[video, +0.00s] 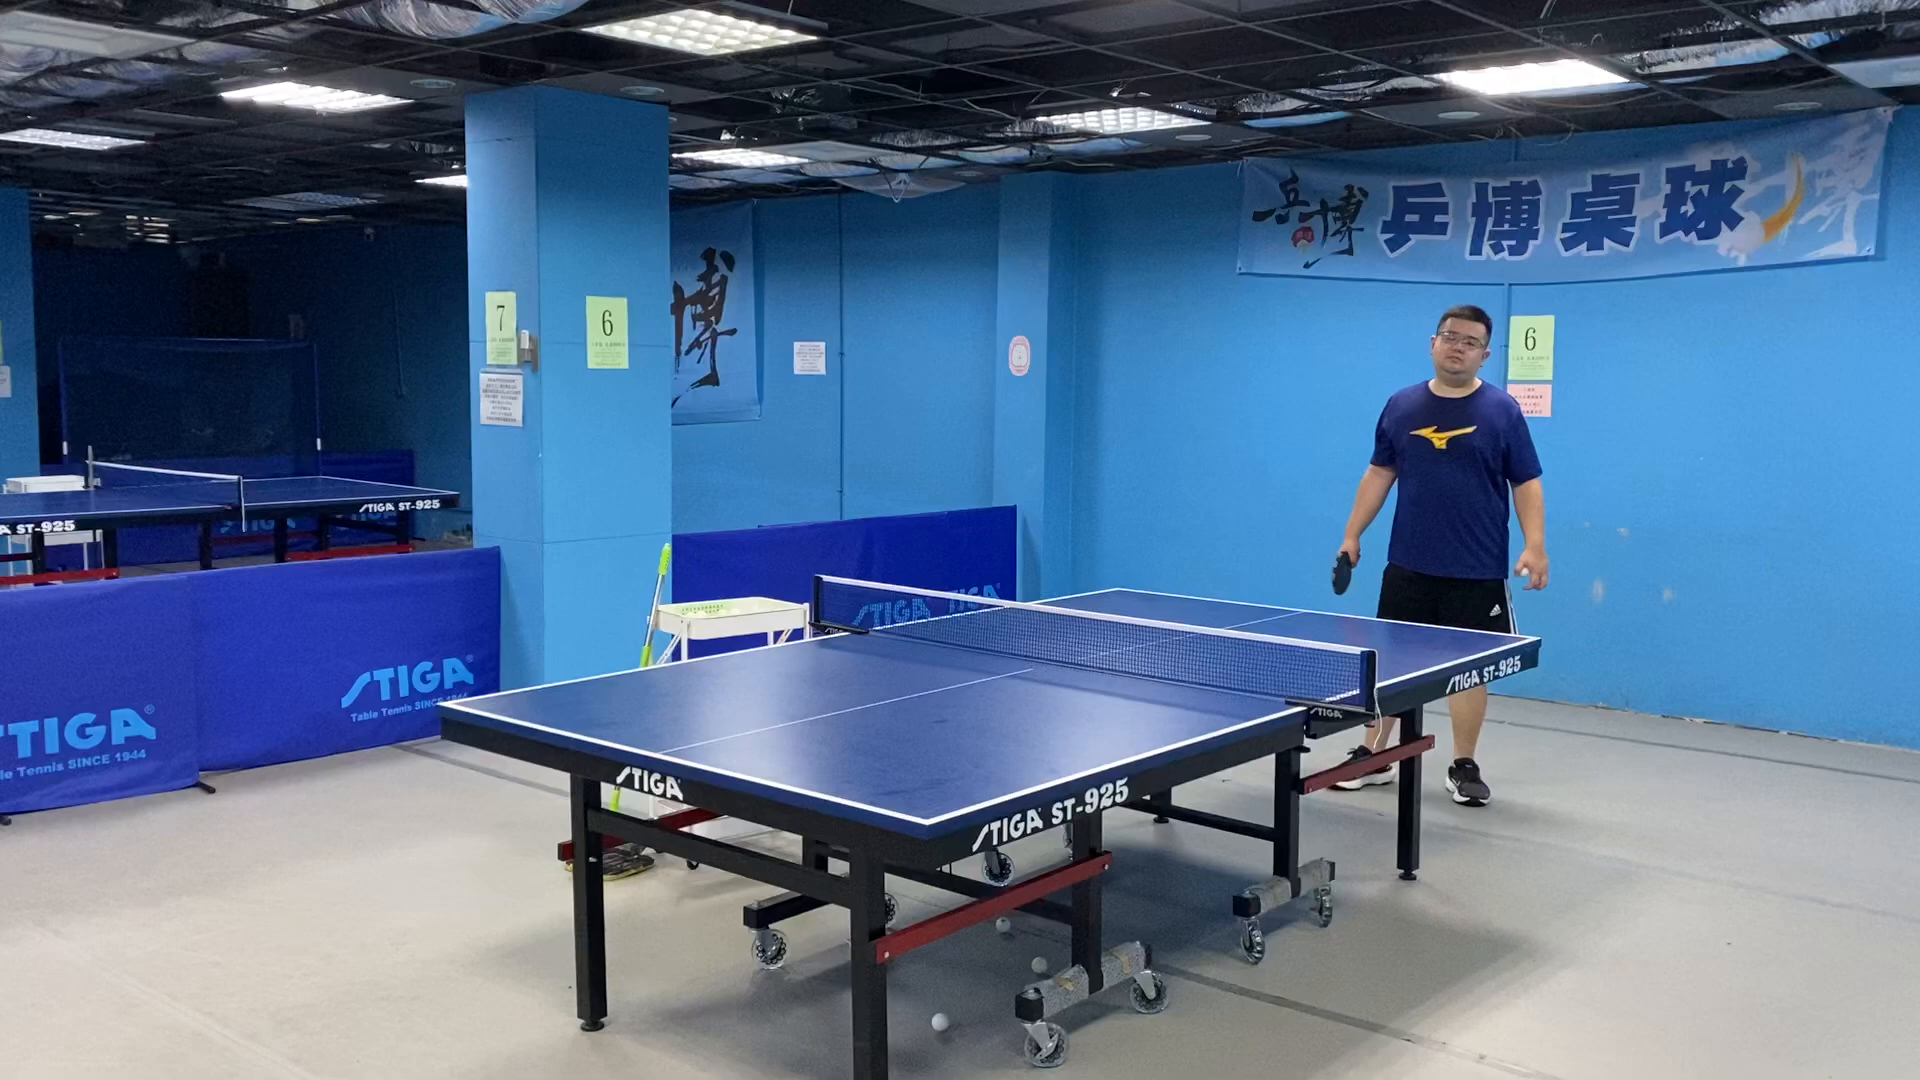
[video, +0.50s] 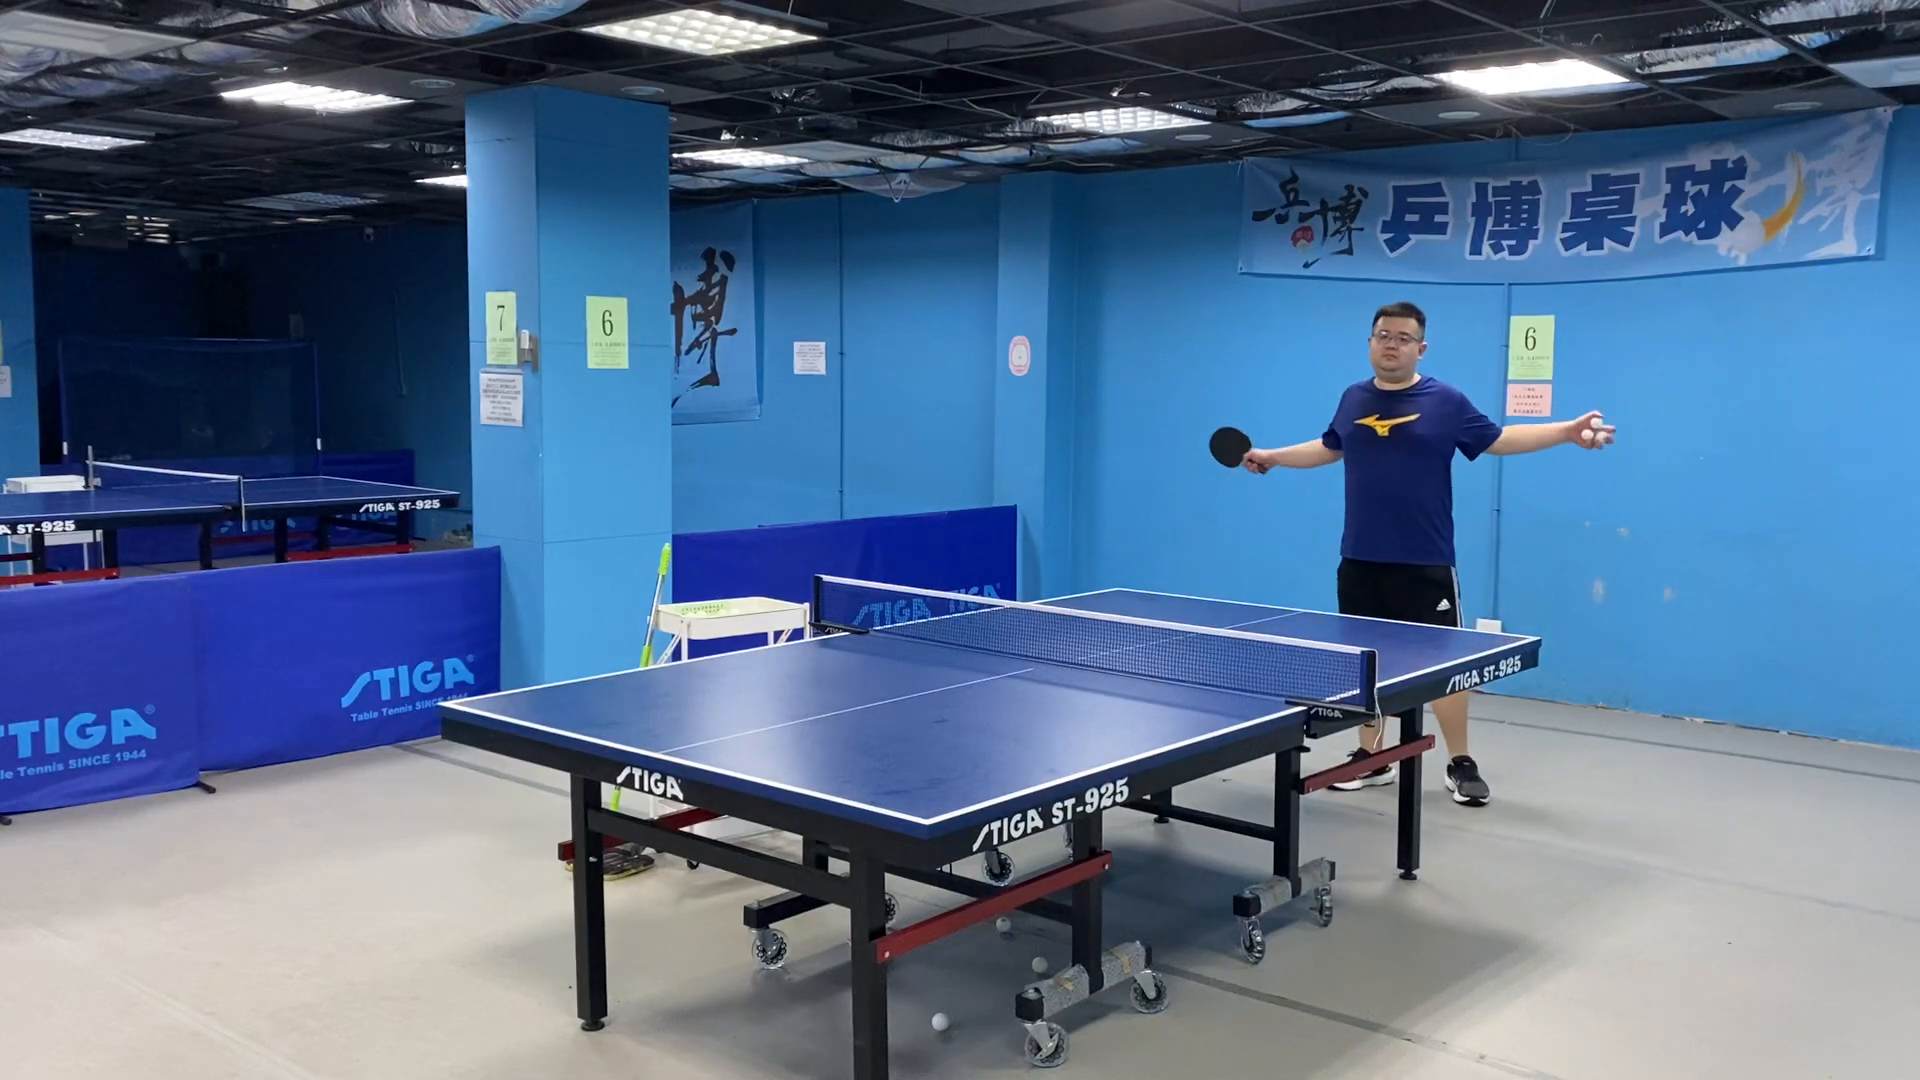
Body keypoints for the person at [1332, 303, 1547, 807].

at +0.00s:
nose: (1458, 347)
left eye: (1470, 342)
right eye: (1451, 338)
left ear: (1485, 354)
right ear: (1434, 343)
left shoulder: (1502, 410)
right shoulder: (1403, 404)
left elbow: (1526, 481)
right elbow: (1380, 472)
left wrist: (1535, 545)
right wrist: (1352, 533)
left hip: (1477, 569)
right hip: (1410, 563)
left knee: (1472, 669)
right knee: (1389, 659)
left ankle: (1465, 764)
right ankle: (1374, 755)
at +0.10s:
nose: (1445, 348)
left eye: (1458, 342)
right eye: (1438, 337)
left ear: (1472, 353)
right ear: (1422, 342)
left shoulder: (1492, 410)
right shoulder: (1392, 406)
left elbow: (1526, 476)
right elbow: (1367, 471)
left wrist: (1554, 534)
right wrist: (1331, 529)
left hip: (1469, 568)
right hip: (1401, 563)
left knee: (1469, 669)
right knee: (1387, 659)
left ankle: (1464, 764)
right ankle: (1373, 755)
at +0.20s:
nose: (1429, 346)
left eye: (1442, 340)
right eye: (1422, 336)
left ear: (1458, 351)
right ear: (1409, 342)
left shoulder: (1478, 406)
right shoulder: (1383, 403)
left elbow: (1525, 464)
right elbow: (1351, 464)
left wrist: (1578, 509)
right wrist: (1307, 515)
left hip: (1457, 565)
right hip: (1391, 561)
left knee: (1463, 669)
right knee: (1382, 660)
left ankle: (1463, 764)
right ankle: (1372, 755)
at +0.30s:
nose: (1416, 345)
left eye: (1428, 338)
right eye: (1409, 336)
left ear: (1445, 348)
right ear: (1394, 341)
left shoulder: (1465, 401)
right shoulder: (1373, 399)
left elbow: (1518, 449)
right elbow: (1343, 454)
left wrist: (1583, 474)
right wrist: (1290, 491)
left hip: (1446, 560)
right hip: (1382, 556)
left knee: (1458, 665)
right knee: (1374, 658)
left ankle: (1463, 763)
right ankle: (1371, 755)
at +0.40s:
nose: (1403, 345)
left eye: (1416, 338)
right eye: (1396, 335)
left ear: (1432, 348)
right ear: (1381, 342)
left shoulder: (1455, 400)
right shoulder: (1363, 399)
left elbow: (1507, 442)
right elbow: (1339, 451)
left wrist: (1578, 448)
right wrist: (1282, 472)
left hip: (1435, 560)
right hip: (1371, 557)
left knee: (1450, 665)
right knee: (1368, 657)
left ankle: (1462, 763)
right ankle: (1371, 755)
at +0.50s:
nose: (1392, 346)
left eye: (1404, 339)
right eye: (1384, 336)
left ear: (1421, 349)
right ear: (1370, 343)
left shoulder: (1445, 402)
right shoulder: (1354, 399)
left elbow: (1497, 440)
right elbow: (1329, 448)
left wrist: (1568, 430)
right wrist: (1271, 457)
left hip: (1426, 562)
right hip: (1362, 559)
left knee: (1445, 664)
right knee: (1363, 658)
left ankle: (1460, 763)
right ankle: (1371, 754)